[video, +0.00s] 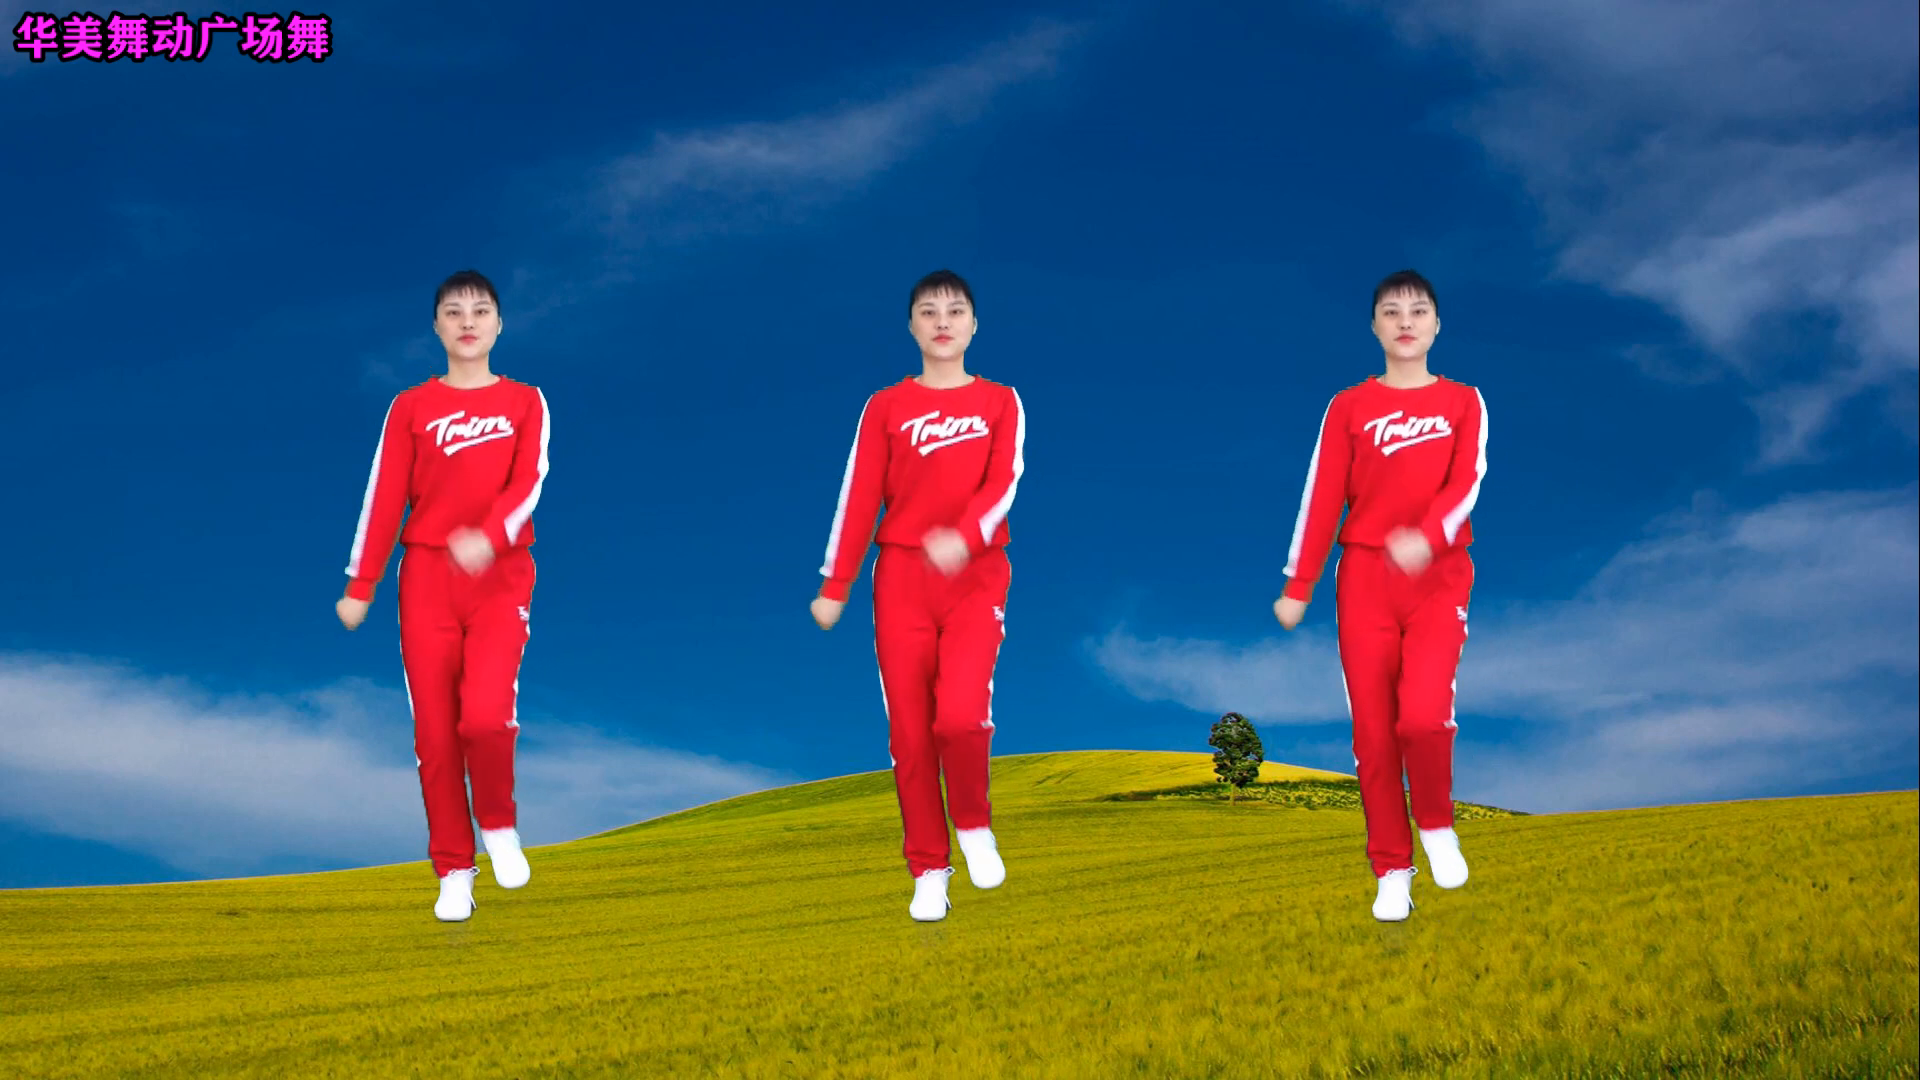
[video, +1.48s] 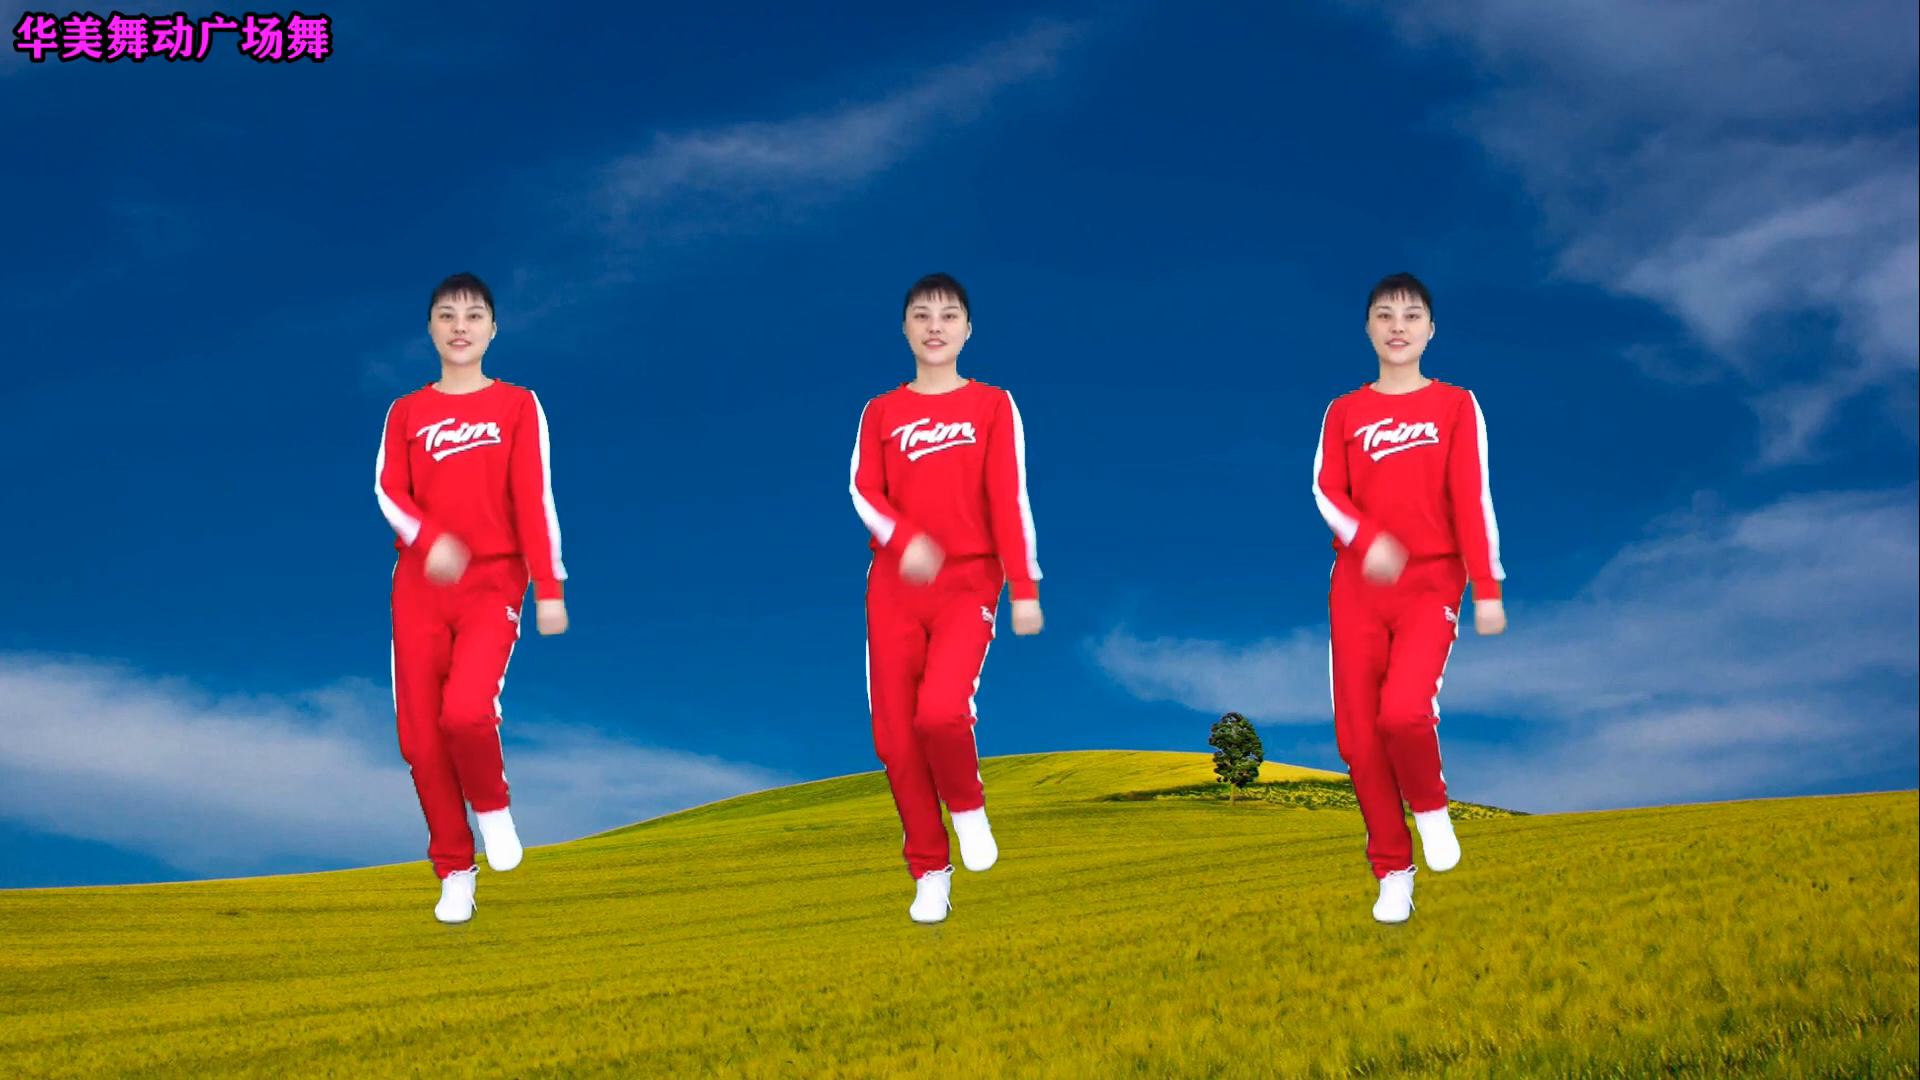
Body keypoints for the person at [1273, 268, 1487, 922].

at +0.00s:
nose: (1405, 323)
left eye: (1417, 312)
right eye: (1393, 313)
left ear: (1435, 323)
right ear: (1376, 325)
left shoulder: (1464, 402)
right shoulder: (1348, 407)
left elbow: (1467, 485)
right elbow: (1322, 499)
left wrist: (1429, 534)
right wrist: (1299, 585)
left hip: (1438, 582)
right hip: (1364, 581)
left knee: (1422, 721)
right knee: (1372, 730)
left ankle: (1436, 823)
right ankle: (1390, 866)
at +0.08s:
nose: (1403, 327)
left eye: (1415, 317)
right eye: (1390, 317)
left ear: (1433, 329)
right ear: (1374, 330)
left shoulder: (1461, 407)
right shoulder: (1346, 410)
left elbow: (1468, 499)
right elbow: (1330, 498)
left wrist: (1465, 584)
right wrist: (1348, 569)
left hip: (1435, 582)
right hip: (1364, 583)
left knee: (1409, 714)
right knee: (1363, 735)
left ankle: (1430, 810)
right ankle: (1390, 867)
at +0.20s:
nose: (1402, 310)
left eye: (1415, 300)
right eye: (1389, 300)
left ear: (1432, 312)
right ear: (1372, 312)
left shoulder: (1460, 389)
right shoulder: (1342, 393)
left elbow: (1499, 476)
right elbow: (1305, 473)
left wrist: (1517, 565)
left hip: (1437, 567)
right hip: (1361, 567)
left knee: (1410, 711)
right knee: (1369, 723)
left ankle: (1427, 818)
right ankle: (1392, 862)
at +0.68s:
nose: (1409, 322)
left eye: (1421, 311)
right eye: (1396, 311)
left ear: (1439, 321)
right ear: (1380, 323)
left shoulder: (1470, 399)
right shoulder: (1354, 403)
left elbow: (1514, 485)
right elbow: (1348, 488)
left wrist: (1555, 566)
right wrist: (1371, 555)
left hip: (1460, 573)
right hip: (1385, 575)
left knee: (1451, 728)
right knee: (1398, 722)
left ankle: (1434, 868)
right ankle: (1395, 838)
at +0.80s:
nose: (1410, 326)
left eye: (1422, 315)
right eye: (1397, 316)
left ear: (1440, 325)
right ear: (1381, 329)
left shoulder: (1472, 405)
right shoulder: (1357, 409)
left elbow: (1493, 495)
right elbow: (1337, 504)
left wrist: (1477, 568)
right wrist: (1326, 592)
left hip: (1461, 578)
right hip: (1384, 578)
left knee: (1460, 730)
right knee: (1413, 704)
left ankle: (1433, 869)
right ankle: (1400, 805)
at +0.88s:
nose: (1409, 313)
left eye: (1421, 302)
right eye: (1396, 304)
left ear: (1440, 312)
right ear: (1381, 318)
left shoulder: (1472, 391)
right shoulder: (1356, 399)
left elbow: (1500, 475)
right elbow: (1316, 484)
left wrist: (1450, 497)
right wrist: (1288, 569)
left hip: (1461, 571)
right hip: (1385, 570)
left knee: (1455, 723)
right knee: (1412, 697)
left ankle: (1435, 868)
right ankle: (1404, 806)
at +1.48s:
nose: (1398, 326)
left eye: (1411, 316)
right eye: (1386, 316)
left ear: (1429, 327)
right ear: (1369, 329)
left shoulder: (1457, 403)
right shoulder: (1343, 411)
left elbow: (1473, 497)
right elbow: (1327, 493)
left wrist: (1487, 589)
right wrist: (1366, 538)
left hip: (1430, 584)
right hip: (1356, 587)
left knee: (1402, 714)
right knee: (1356, 735)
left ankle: (1429, 807)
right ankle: (1392, 866)